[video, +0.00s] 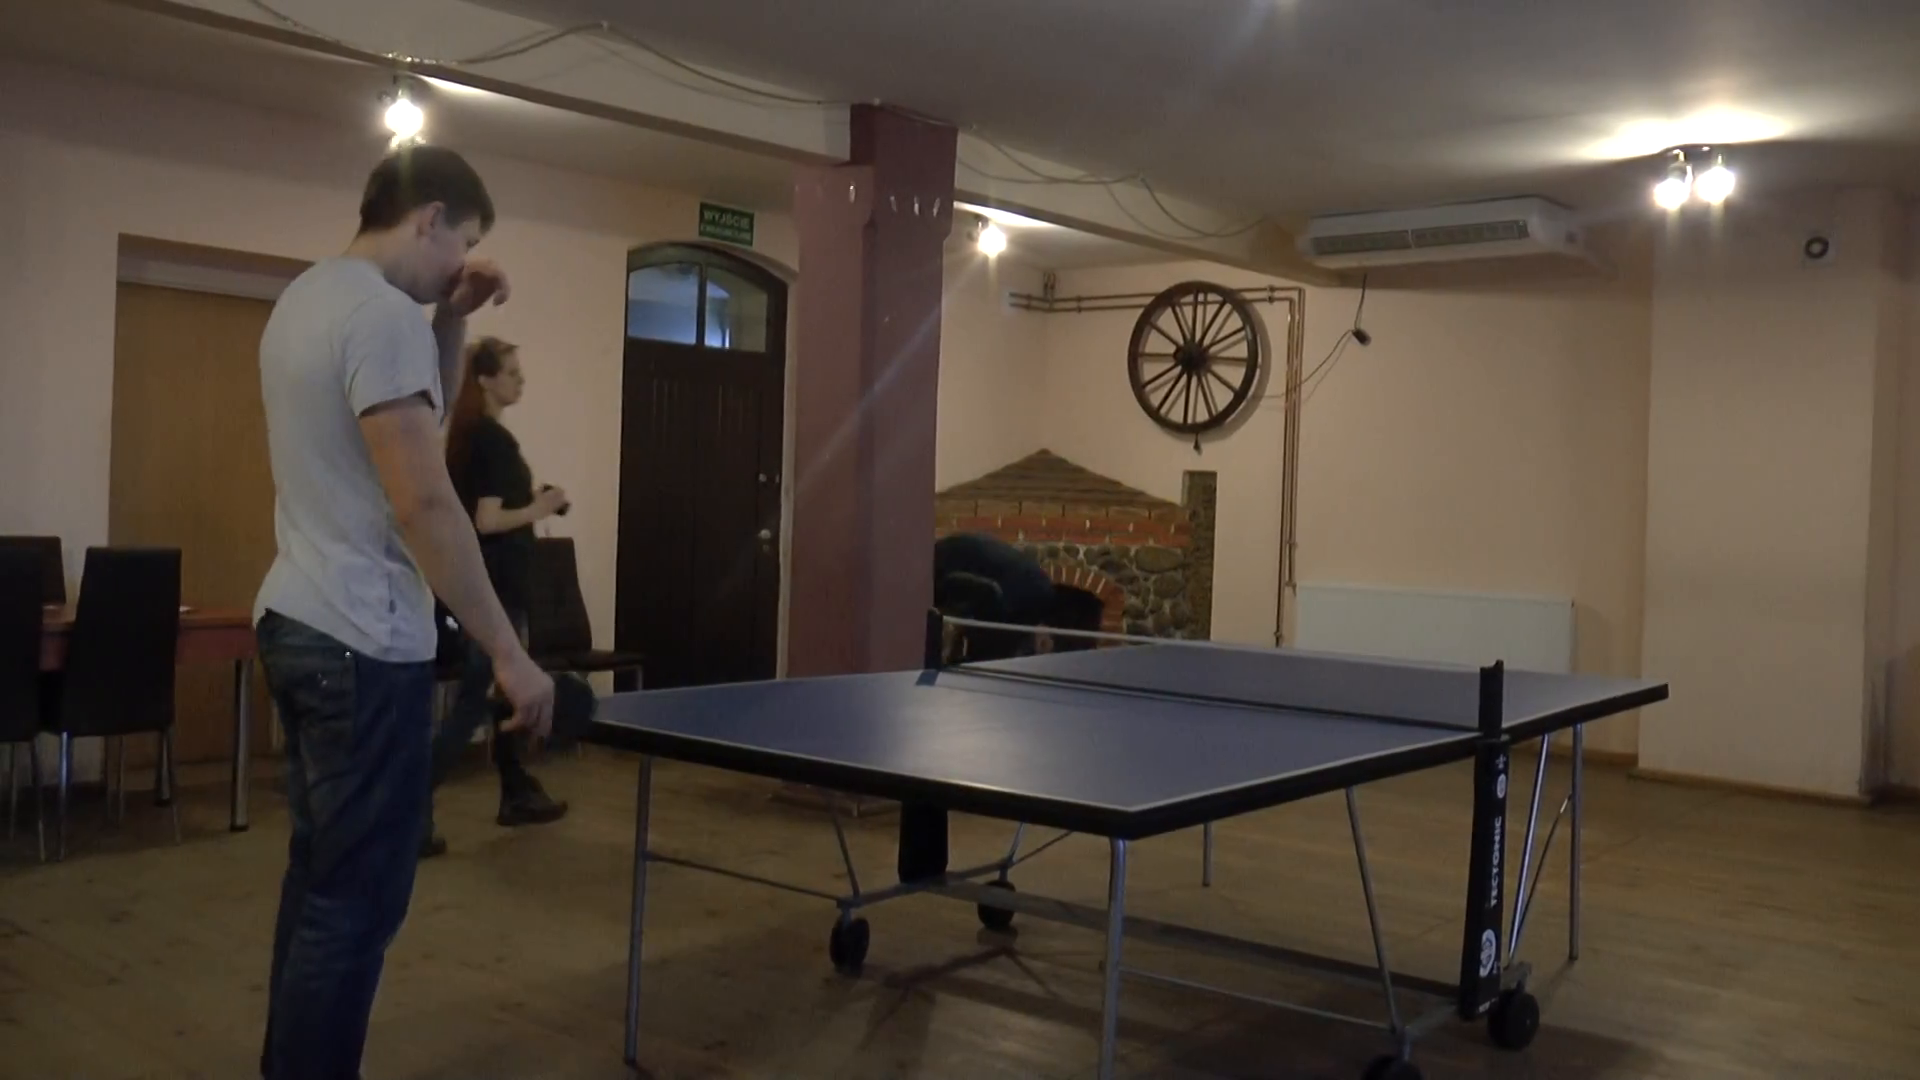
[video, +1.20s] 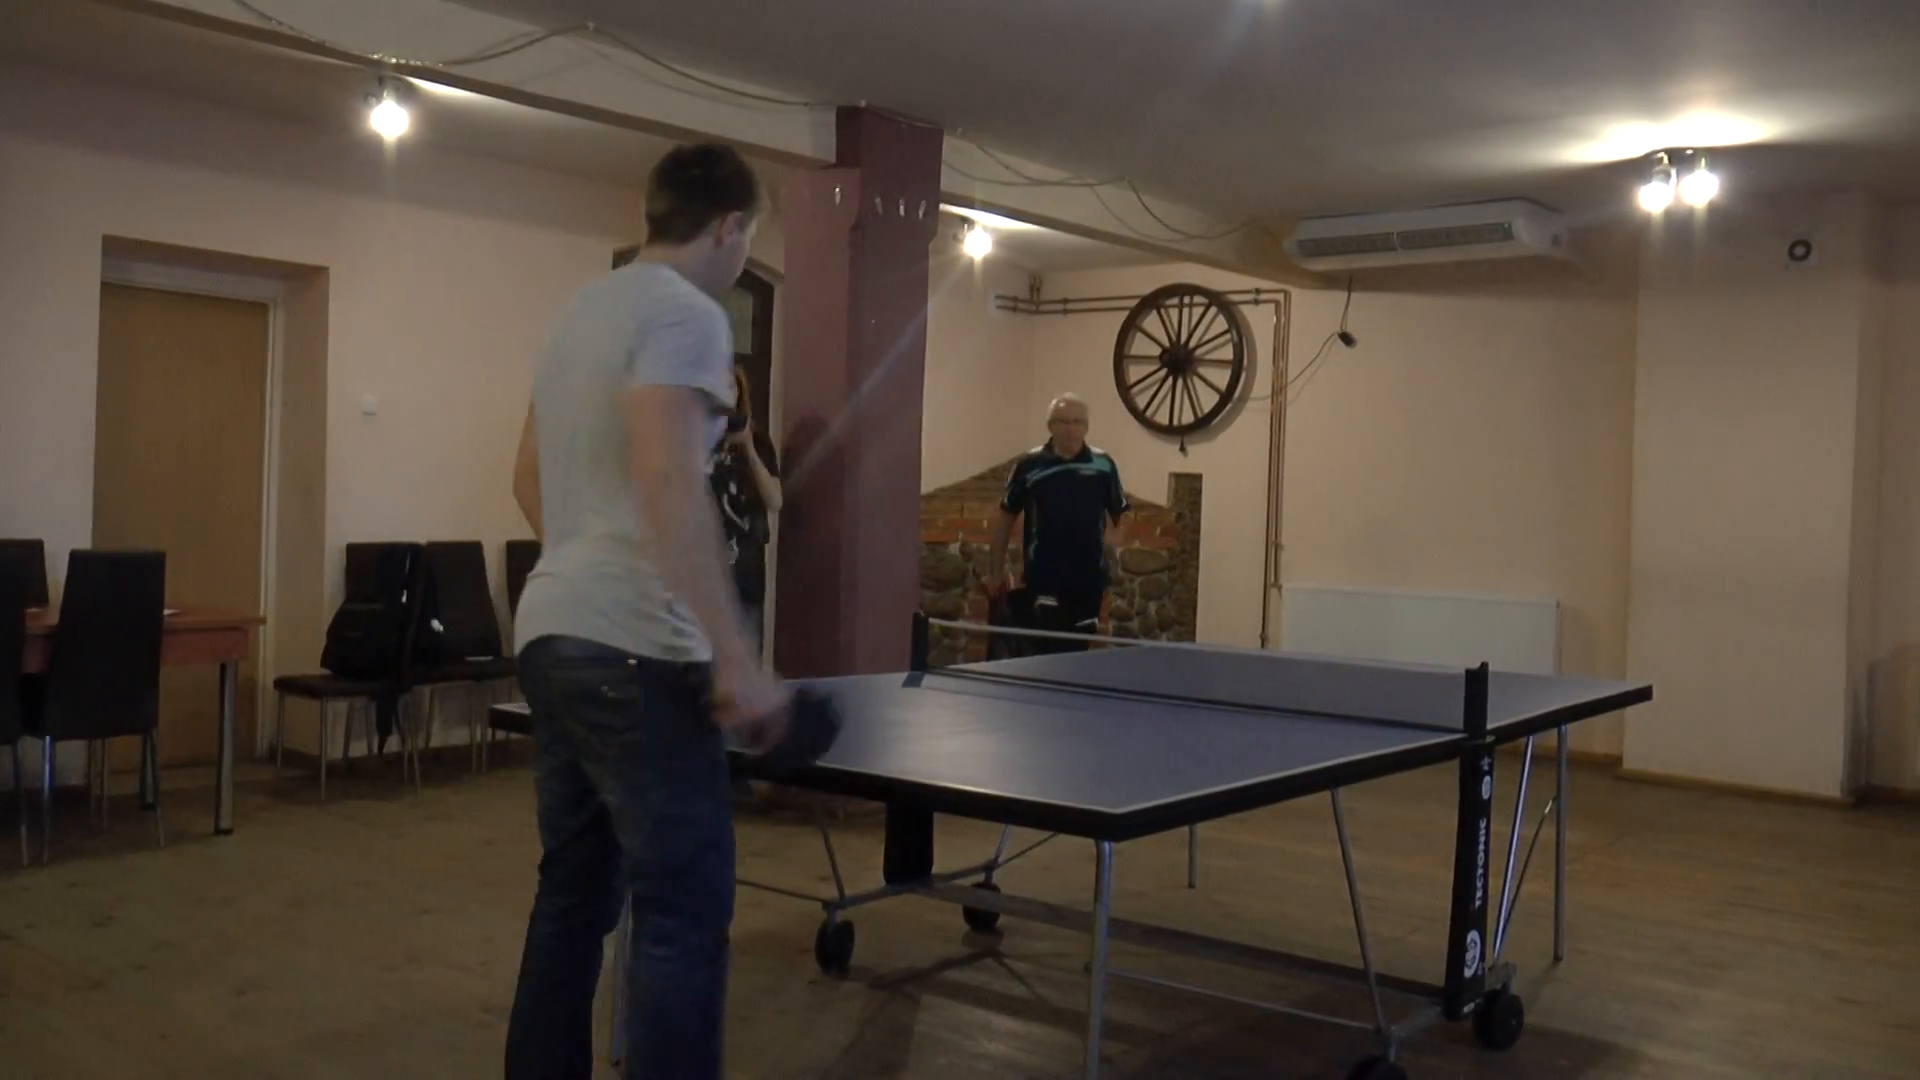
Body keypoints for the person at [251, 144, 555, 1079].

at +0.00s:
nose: (463, 269)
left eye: (472, 254)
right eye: (466, 247)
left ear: (382, 219)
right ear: (427, 220)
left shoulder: (307, 297)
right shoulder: (376, 308)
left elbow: (421, 447)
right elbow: (423, 504)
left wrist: (447, 321)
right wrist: (506, 650)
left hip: (301, 627)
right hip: (365, 647)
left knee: (321, 884)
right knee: (358, 902)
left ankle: (292, 1061)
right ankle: (312, 1069)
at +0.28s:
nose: (513, 277)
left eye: (523, 259)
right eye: (520, 251)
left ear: (445, 218)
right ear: (483, 220)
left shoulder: (358, 286)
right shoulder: (417, 293)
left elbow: (440, 435)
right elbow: (378, 472)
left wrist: (512, 348)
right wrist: (478, 635)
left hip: (347, 632)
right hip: (380, 648)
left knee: (431, 865)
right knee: (363, 909)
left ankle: (394, 1063)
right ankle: (327, 1071)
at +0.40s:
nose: (551, 294)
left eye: (563, 278)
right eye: (557, 267)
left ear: (505, 230)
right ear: (517, 226)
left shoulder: (398, 291)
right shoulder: (436, 304)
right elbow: (390, 473)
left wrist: (530, 459)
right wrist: (505, 621)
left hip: (389, 650)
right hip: (389, 658)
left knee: (470, 879)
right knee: (356, 926)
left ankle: (470, 1068)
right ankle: (315, 1070)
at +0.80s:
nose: (682, 300)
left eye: (692, 281)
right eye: (687, 274)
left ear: (626, 240)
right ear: (650, 243)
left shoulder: (524, 307)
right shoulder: (568, 311)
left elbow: (441, 466)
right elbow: (521, 477)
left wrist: (485, 598)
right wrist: (574, 664)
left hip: (493, 664)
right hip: (496, 670)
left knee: (566, 897)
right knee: (503, 896)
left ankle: (558, 1069)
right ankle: (368, 1071)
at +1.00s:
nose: (716, 285)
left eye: (723, 266)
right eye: (720, 260)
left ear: (640, 231)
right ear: (687, 236)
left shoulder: (558, 310)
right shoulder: (624, 310)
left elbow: (497, 481)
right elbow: (584, 482)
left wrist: (534, 601)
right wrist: (576, 668)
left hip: (536, 645)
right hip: (593, 653)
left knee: (565, 891)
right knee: (650, 891)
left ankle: (559, 1066)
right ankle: (484, 1068)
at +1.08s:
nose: (726, 274)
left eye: (731, 254)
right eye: (730, 250)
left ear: (646, 223)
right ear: (702, 232)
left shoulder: (567, 309)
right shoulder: (645, 307)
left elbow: (510, 477)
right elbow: (613, 470)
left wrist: (564, 590)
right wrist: (627, 661)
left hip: (541, 644)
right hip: (604, 649)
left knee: (573, 887)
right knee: (678, 890)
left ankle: (538, 1064)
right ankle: (576, 1063)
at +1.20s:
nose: (746, 255)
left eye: (747, 236)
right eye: (748, 235)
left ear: (659, 220)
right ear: (725, 228)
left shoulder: (582, 312)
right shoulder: (682, 309)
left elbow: (529, 477)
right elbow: (667, 480)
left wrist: (603, 577)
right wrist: (734, 656)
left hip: (556, 644)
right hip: (639, 654)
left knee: (575, 896)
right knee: (685, 915)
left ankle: (541, 1066)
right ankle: (668, 1067)